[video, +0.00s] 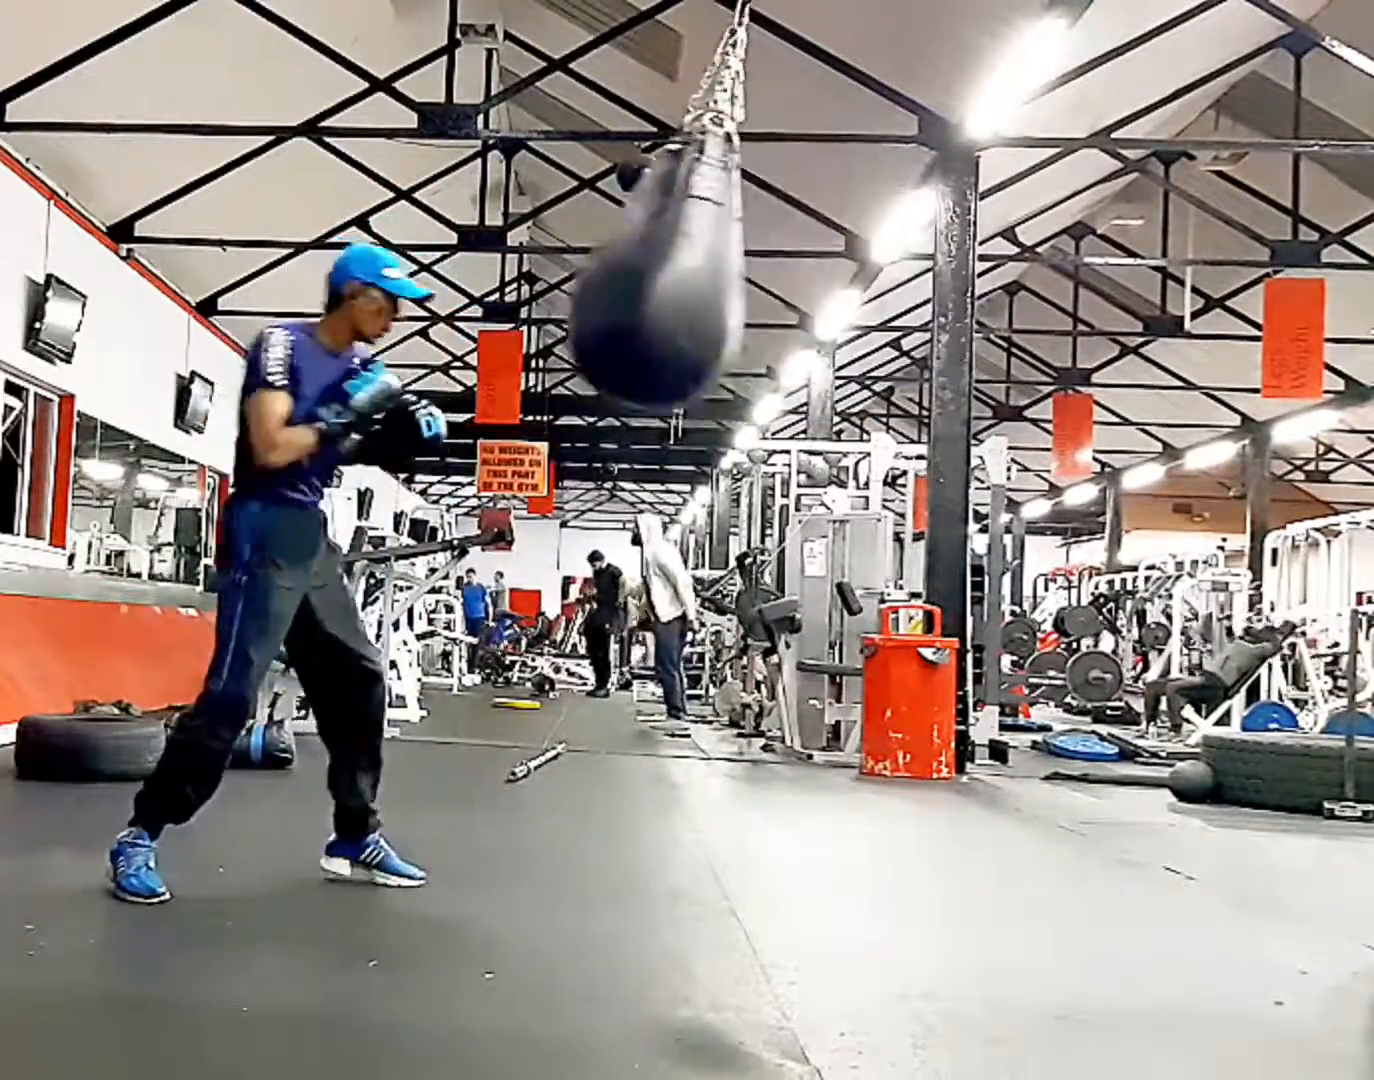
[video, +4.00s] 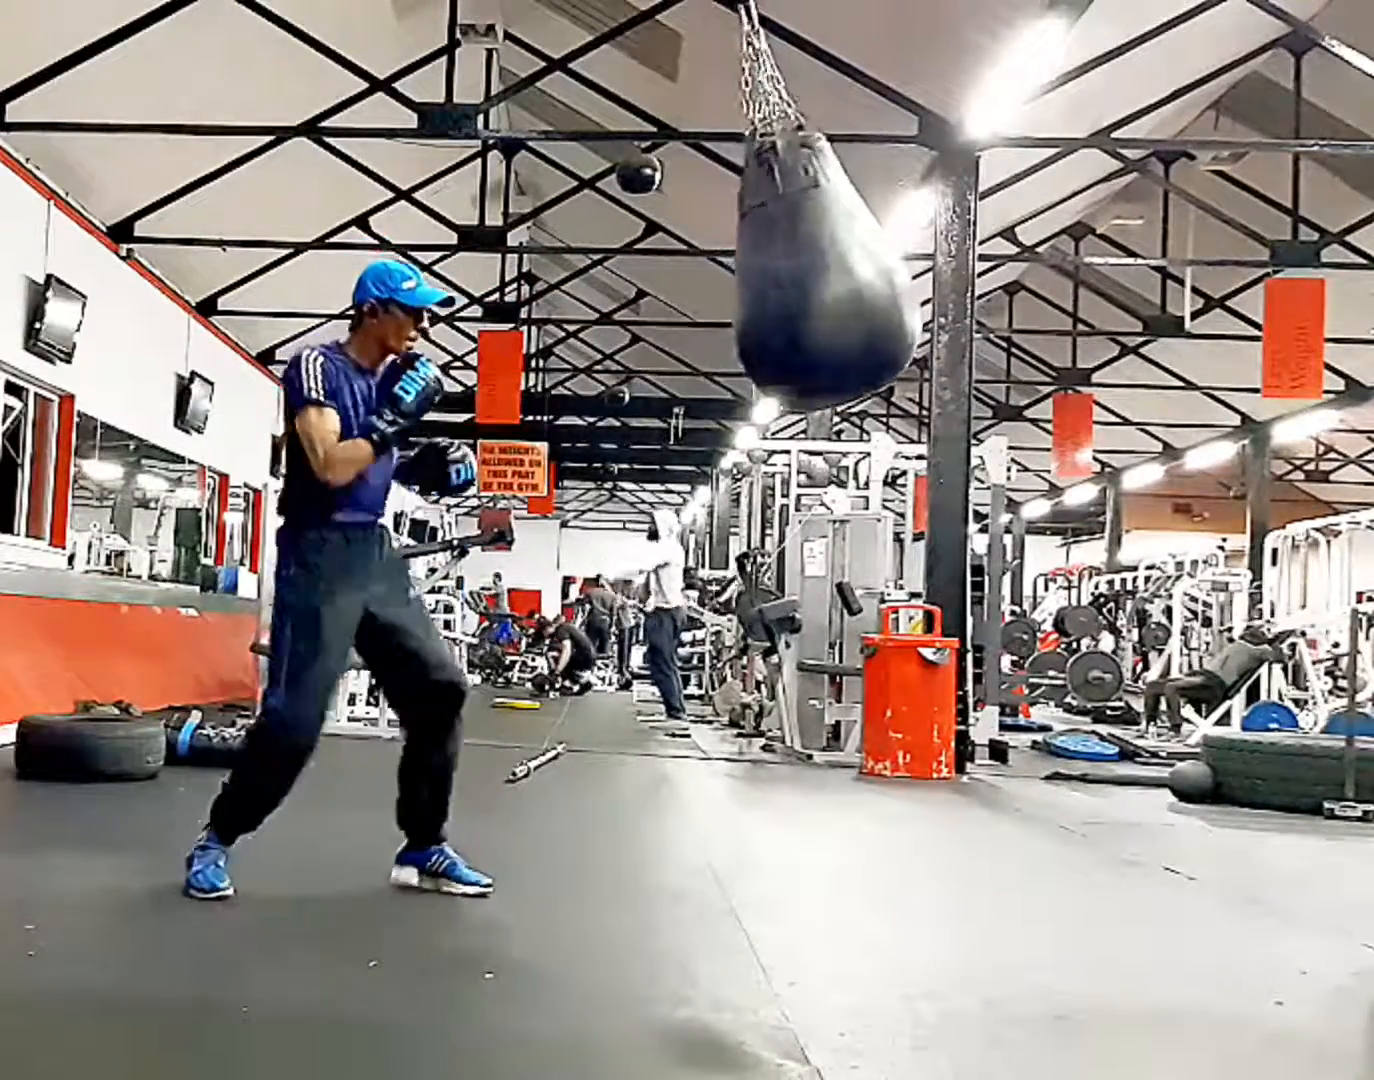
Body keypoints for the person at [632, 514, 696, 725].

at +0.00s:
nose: (632, 534)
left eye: (635, 529)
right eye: (633, 529)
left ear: (646, 531)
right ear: (648, 531)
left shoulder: (662, 552)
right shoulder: (650, 553)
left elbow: (682, 580)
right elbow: (652, 584)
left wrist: (691, 613)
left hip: (671, 616)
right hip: (662, 616)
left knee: (667, 665)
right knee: (669, 665)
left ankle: (676, 711)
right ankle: (676, 708)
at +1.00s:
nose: (654, 528)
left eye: (656, 524)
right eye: (654, 524)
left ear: (665, 525)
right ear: (673, 524)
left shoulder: (668, 543)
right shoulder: (673, 545)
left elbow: (637, 538)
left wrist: (606, 530)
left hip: (658, 607)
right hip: (665, 606)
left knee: (658, 661)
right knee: (666, 660)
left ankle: (675, 712)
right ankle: (676, 709)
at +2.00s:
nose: (633, 531)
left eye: (636, 527)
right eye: (634, 526)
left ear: (646, 529)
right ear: (650, 528)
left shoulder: (658, 550)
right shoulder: (652, 550)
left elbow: (677, 581)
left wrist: (681, 615)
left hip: (665, 617)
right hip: (660, 617)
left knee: (664, 667)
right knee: (670, 666)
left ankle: (676, 711)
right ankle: (677, 709)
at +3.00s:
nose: (635, 531)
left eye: (639, 526)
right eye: (637, 526)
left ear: (647, 527)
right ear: (656, 527)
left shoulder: (654, 548)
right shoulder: (660, 547)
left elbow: (656, 583)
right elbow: (646, 581)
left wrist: (643, 607)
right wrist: (634, 595)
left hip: (666, 611)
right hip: (674, 610)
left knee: (664, 665)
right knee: (672, 663)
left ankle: (675, 712)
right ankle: (678, 709)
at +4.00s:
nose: (649, 529)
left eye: (653, 524)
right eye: (650, 524)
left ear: (662, 527)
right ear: (667, 526)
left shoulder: (666, 548)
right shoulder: (672, 547)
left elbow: (640, 568)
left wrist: (612, 576)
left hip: (664, 610)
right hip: (670, 608)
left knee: (662, 662)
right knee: (664, 661)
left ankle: (675, 710)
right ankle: (676, 708)